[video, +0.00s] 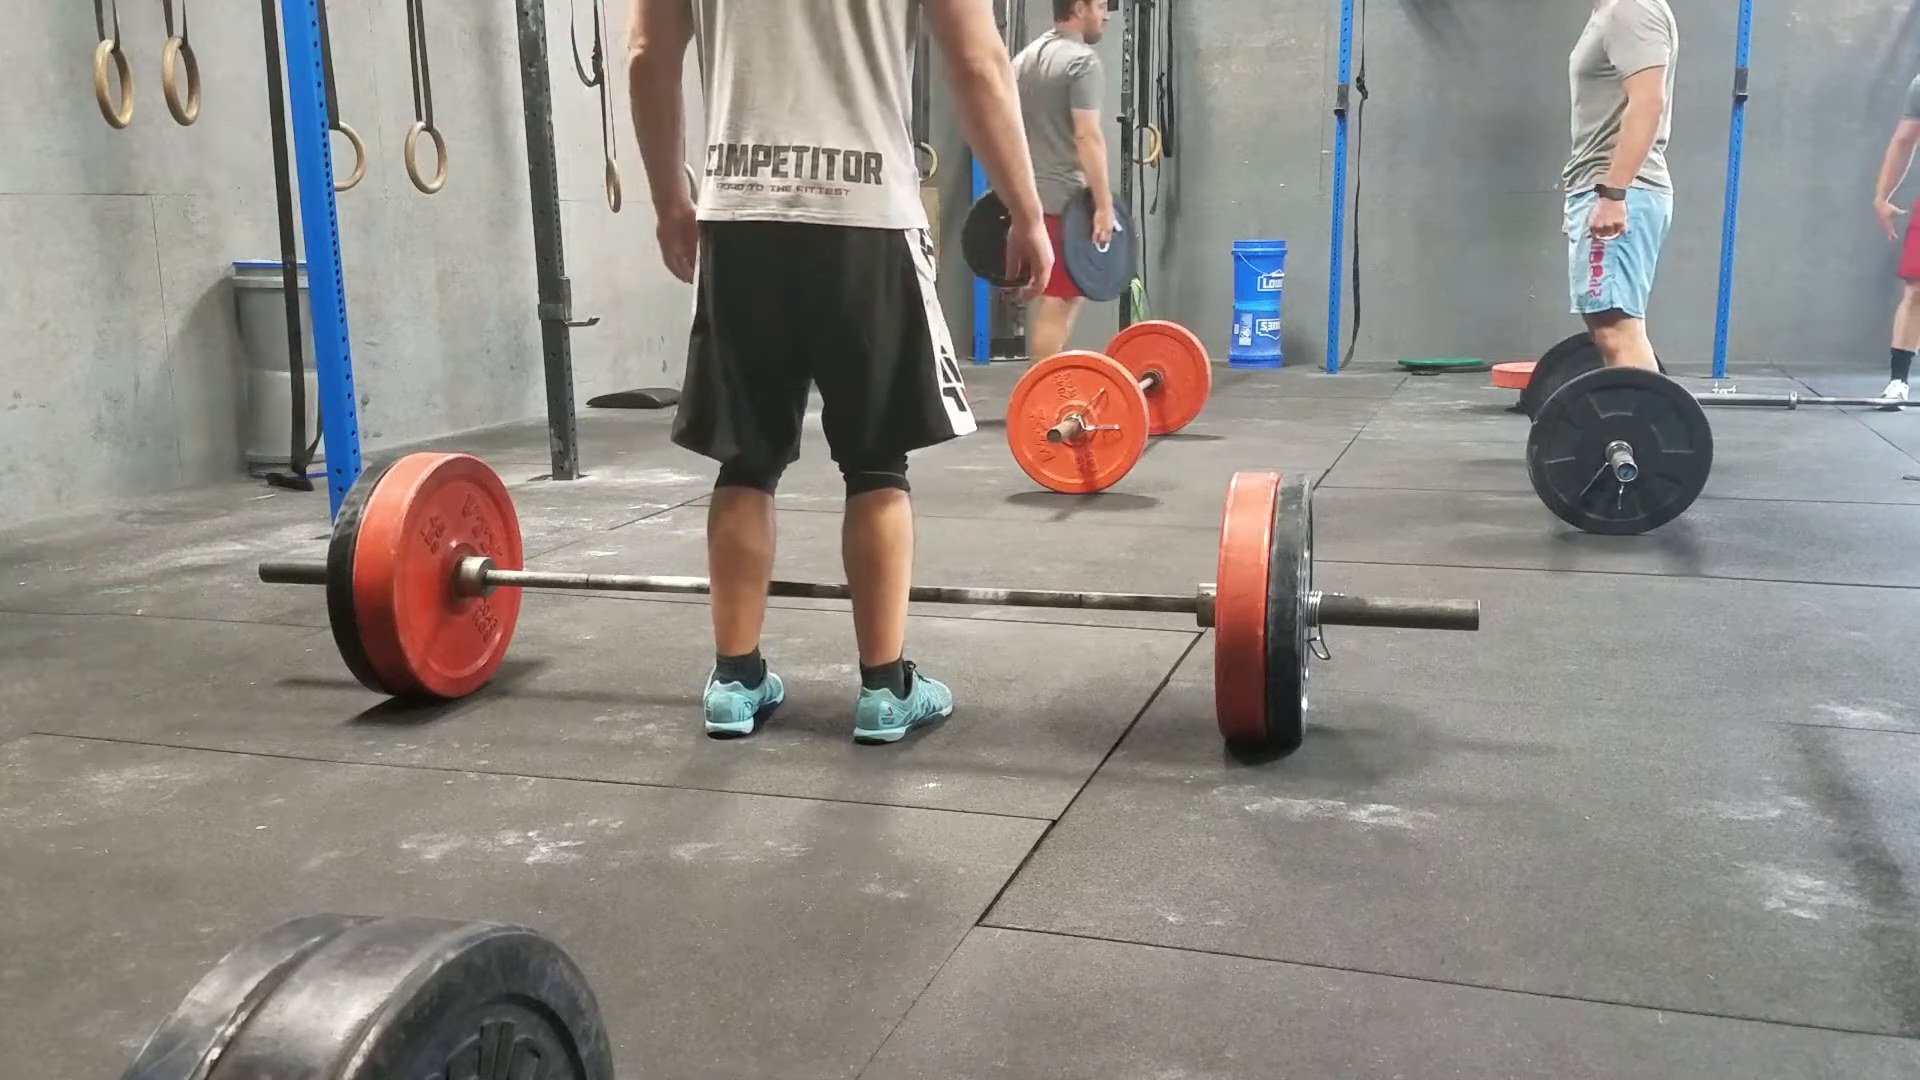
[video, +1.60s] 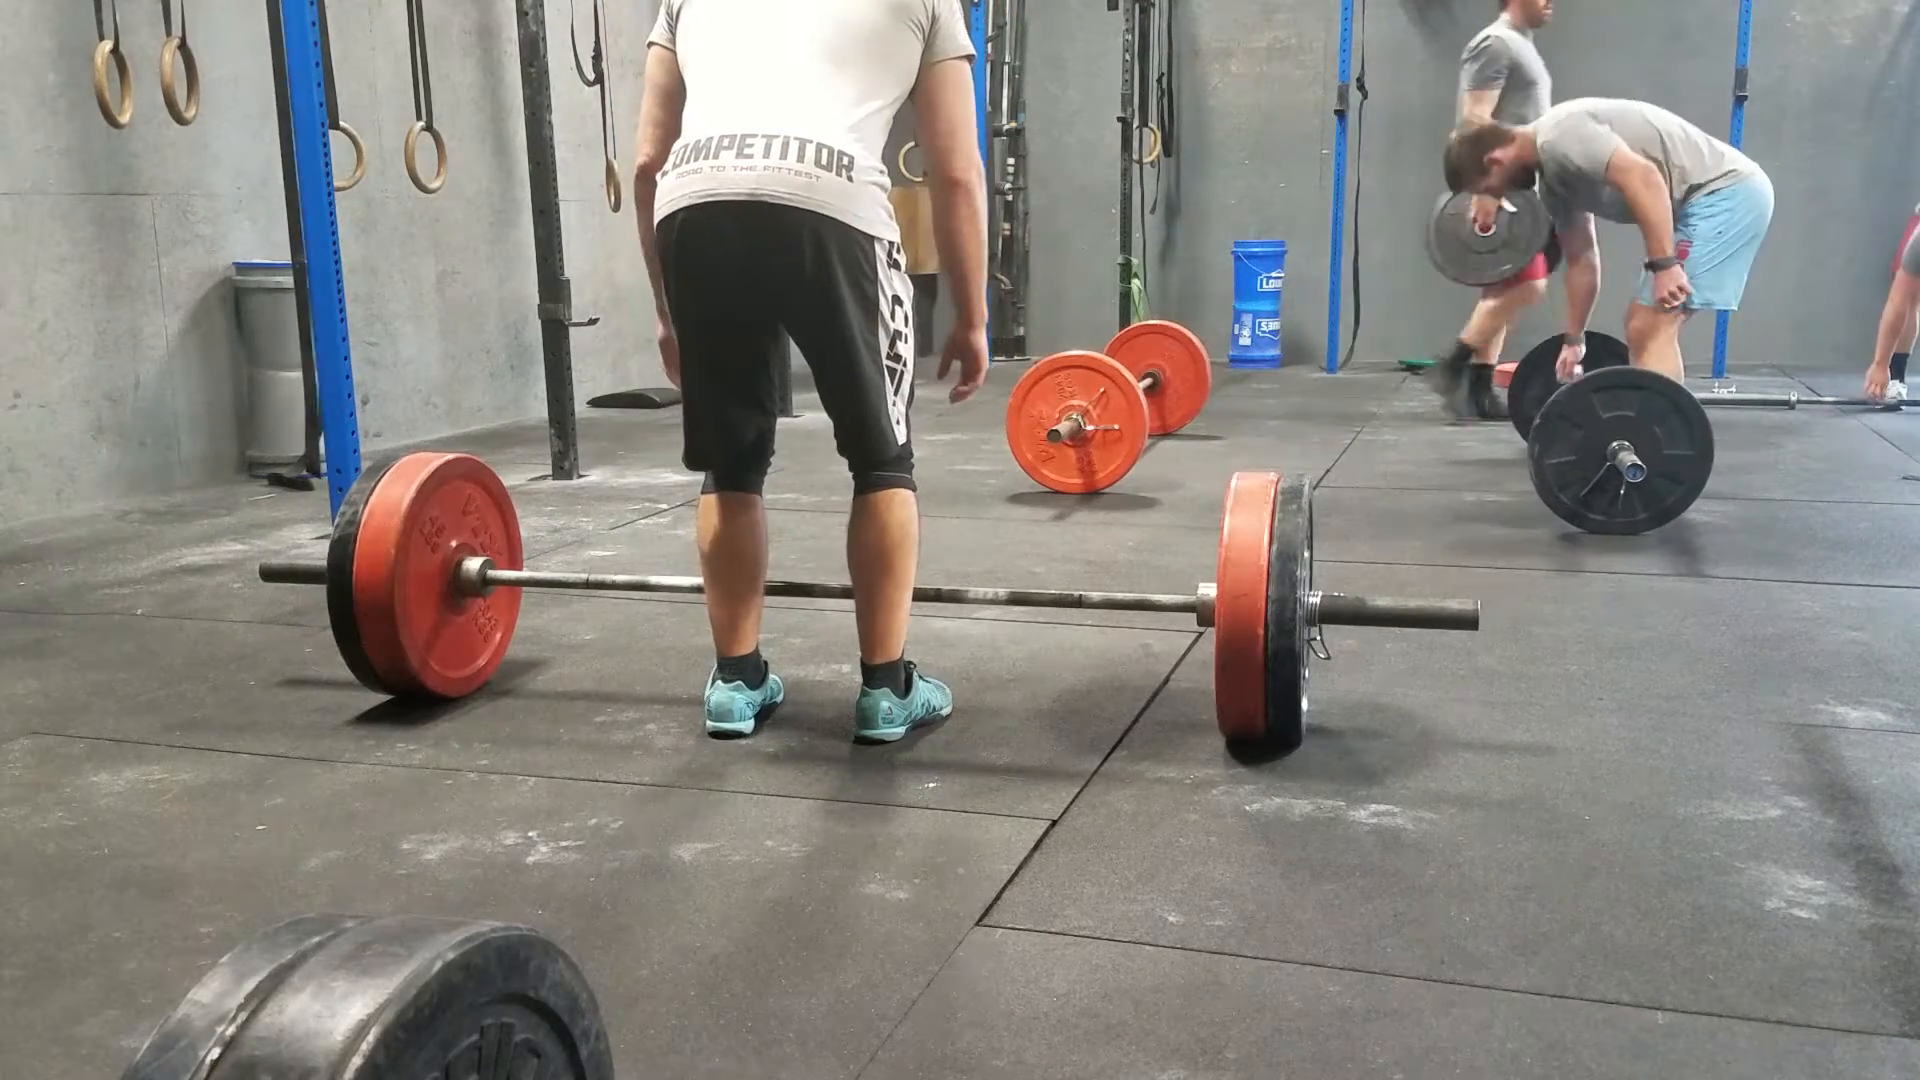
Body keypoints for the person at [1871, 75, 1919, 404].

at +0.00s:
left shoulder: (1917, 86)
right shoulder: (1918, 85)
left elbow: (1904, 137)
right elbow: (1904, 137)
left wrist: (1881, 196)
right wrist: (1882, 196)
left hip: (1917, 213)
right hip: (1917, 213)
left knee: (1913, 292)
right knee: (1913, 291)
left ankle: (1899, 380)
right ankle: (1898, 380)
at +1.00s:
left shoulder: (1916, 118)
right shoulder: (1919, 116)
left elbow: (1903, 169)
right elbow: (1903, 168)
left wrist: (1885, 231)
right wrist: (1883, 230)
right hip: (1918, 218)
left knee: (1912, 293)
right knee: (1913, 291)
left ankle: (1899, 379)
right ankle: (1898, 380)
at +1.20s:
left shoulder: (1916, 165)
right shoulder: (1918, 164)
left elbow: (1901, 215)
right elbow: (1900, 215)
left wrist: (1885, 279)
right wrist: (1884, 280)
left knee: (1911, 297)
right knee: (1912, 296)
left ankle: (1897, 380)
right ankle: (1897, 380)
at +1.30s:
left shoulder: (1915, 188)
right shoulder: (1918, 187)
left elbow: (1899, 240)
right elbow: (1898, 240)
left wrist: (1883, 308)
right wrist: (1882, 307)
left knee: (1911, 284)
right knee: (1912, 284)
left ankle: (1897, 380)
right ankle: (1896, 380)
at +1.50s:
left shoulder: (1915, 229)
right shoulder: (1916, 229)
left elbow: (1897, 288)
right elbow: (1896, 288)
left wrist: (1878, 352)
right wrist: (1878, 353)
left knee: (1910, 291)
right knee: (1911, 292)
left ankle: (1897, 380)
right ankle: (1896, 380)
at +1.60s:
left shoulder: (1916, 240)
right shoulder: (1916, 239)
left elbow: (1900, 301)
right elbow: (1898, 301)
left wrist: (1880, 363)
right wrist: (1880, 364)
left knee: (1909, 301)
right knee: (1909, 301)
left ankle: (1896, 378)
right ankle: (1895, 378)